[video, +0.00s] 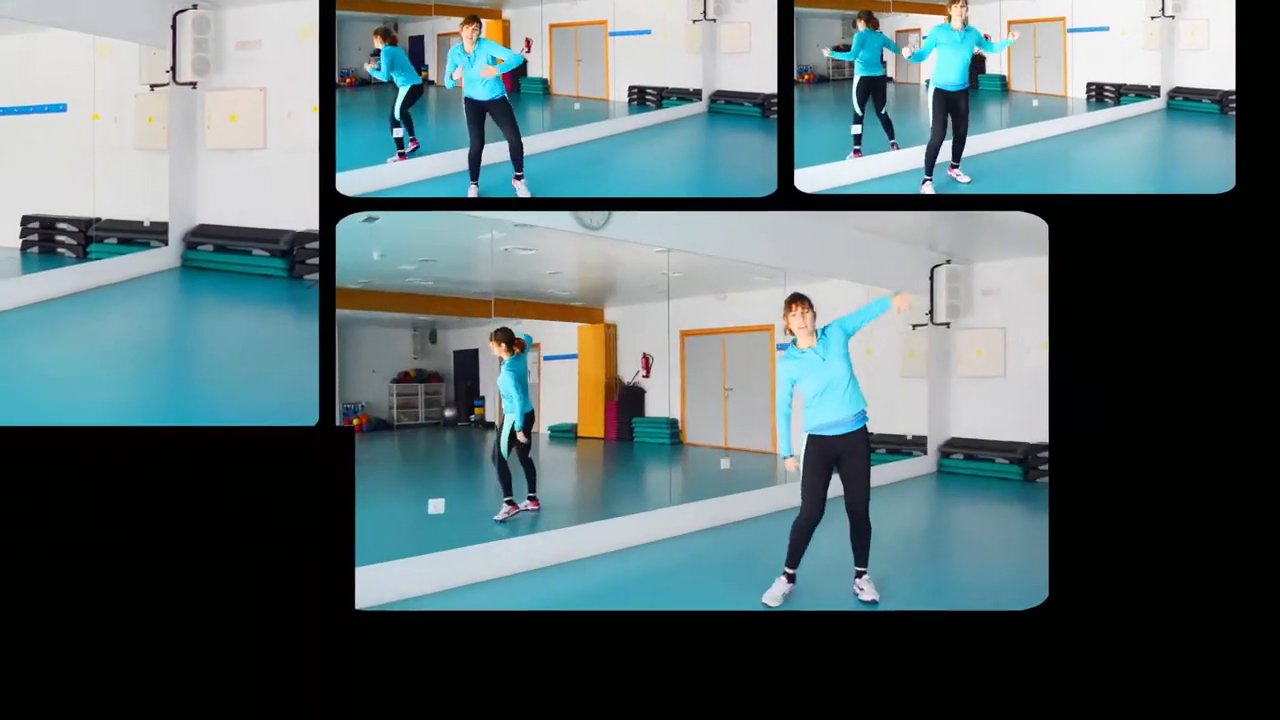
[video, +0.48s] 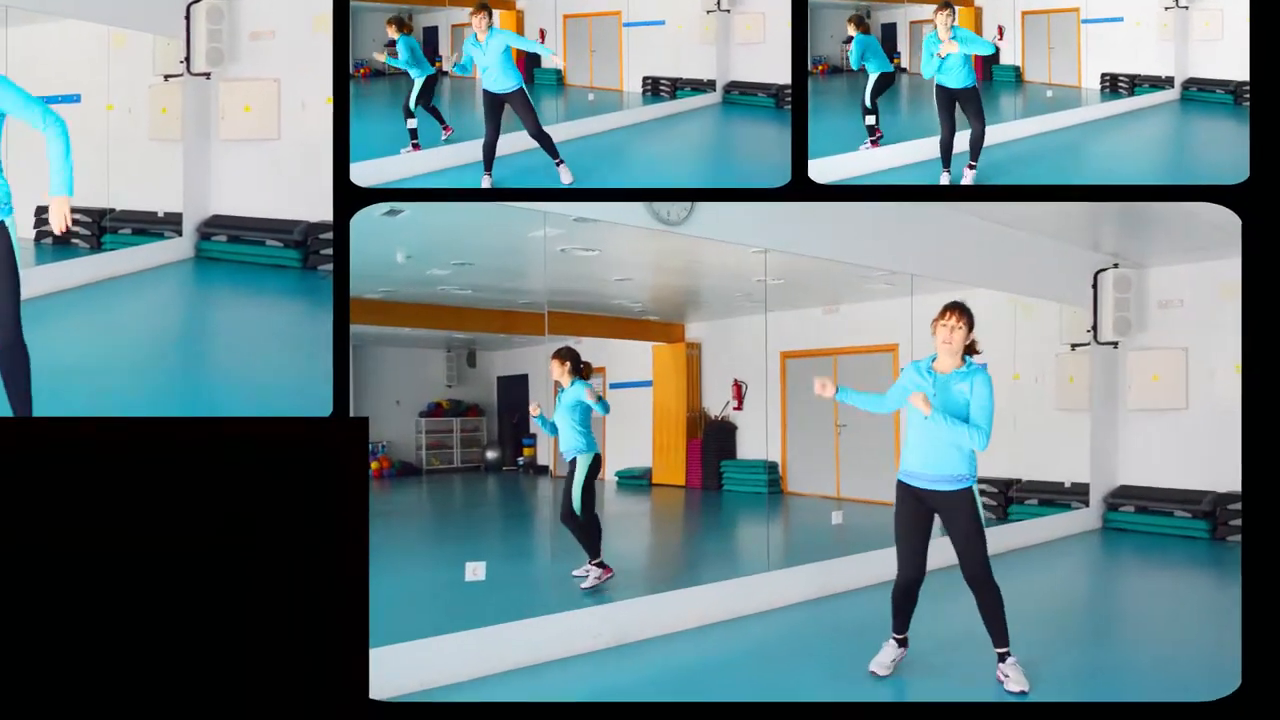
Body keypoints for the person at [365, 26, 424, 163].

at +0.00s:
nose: (374, 42)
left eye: (375, 39)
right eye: (374, 39)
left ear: (380, 38)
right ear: (389, 37)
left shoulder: (386, 51)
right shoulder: (397, 49)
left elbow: (384, 76)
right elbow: (393, 69)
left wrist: (370, 70)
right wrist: (377, 66)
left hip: (408, 86)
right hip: (416, 83)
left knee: (395, 117)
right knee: (403, 110)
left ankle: (401, 153)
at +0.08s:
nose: (376, 39)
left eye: (377, 36)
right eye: (376, 36)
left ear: (382, 35)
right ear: (388, 35)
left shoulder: (390, 48)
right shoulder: (398, 46)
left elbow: (393, 70)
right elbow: (395, 67)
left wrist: (375, 68)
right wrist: (378, 67)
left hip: (412, 83)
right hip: (419, 81)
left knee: (399, 116)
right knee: (412, 110)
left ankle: (404, 152)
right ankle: (429, 136)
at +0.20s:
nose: (379, 36)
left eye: (380, 33)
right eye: (379, 33)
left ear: (386, 33)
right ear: (387, 33)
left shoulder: (402, 46)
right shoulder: (393, 49)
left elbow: (415, 64)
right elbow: (405, 67)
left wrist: (399, 64)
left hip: (419, 81)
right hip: (415, 81)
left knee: (401, 114)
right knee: (428, 110)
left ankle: (408, 148)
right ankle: (445, 133)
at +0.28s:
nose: (383, 38)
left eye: (384, 35)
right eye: (383, 35)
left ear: (391, 35)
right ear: (391, 35)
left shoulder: (407, 48)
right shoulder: (396, 50)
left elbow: (422, 61)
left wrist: (412, 63)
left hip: (422, 82)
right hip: (416, 82)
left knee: (401, 113)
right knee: (434, 109)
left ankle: (410, 147)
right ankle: (451, 133)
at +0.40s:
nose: (386, 35)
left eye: (387, 32)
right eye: (386, 32)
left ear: (394, 31)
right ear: (394, 31)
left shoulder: (408, 45)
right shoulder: (400, 46)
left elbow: (419, 66)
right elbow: (411, 63)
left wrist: (400, 63)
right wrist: (398, 62)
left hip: (423, 79)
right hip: (421, 79)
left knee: (404, 110)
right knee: (434, 108)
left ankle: (413, 145)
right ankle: (451, 130)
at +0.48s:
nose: (387, 31)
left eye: (388, 28)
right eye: (387, 28)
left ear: (394, 27)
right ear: (397, 27)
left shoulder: (403, 42)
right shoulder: (408, 39)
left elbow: (407, 64)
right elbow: (410, 61)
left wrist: (386, 59)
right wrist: (390, 58)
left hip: (422, 76)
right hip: (430, 74)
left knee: (408, 108)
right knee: (426, 103)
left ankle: (414, 144)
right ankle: (446, 128)